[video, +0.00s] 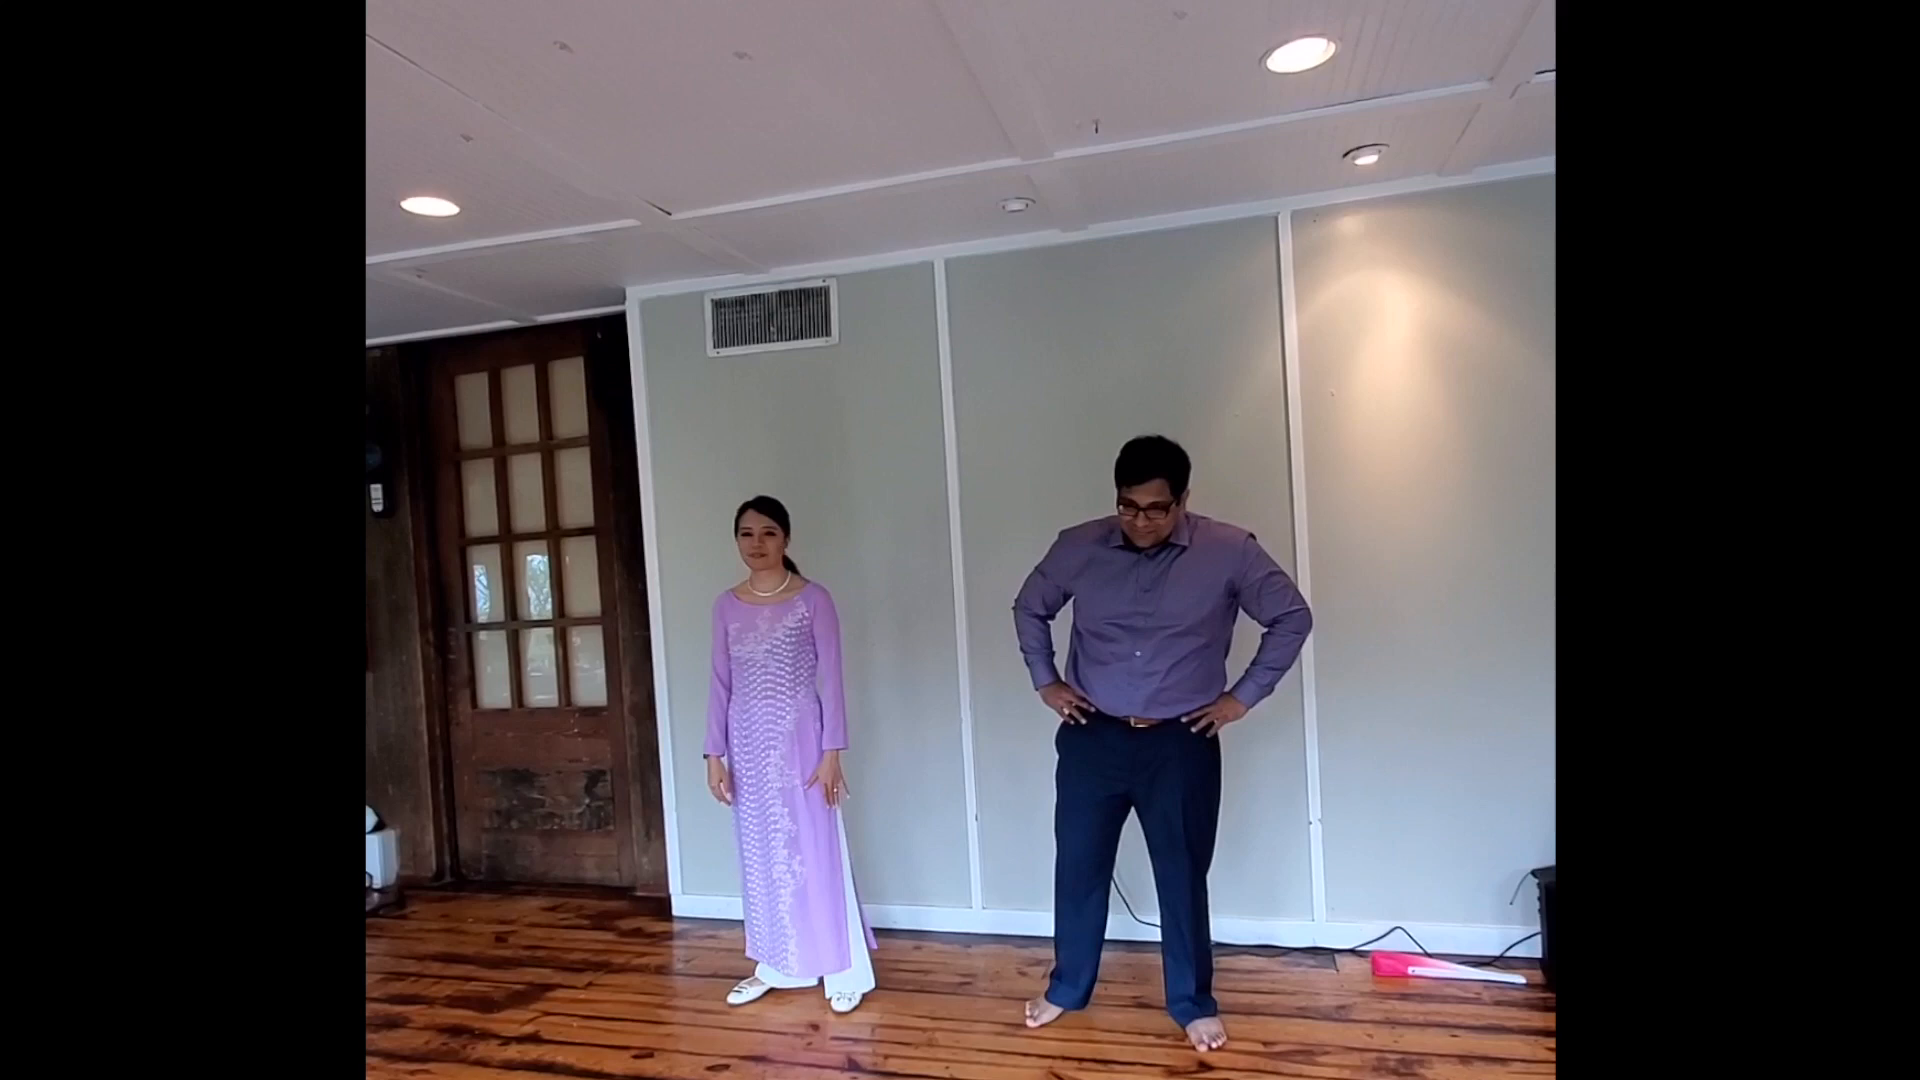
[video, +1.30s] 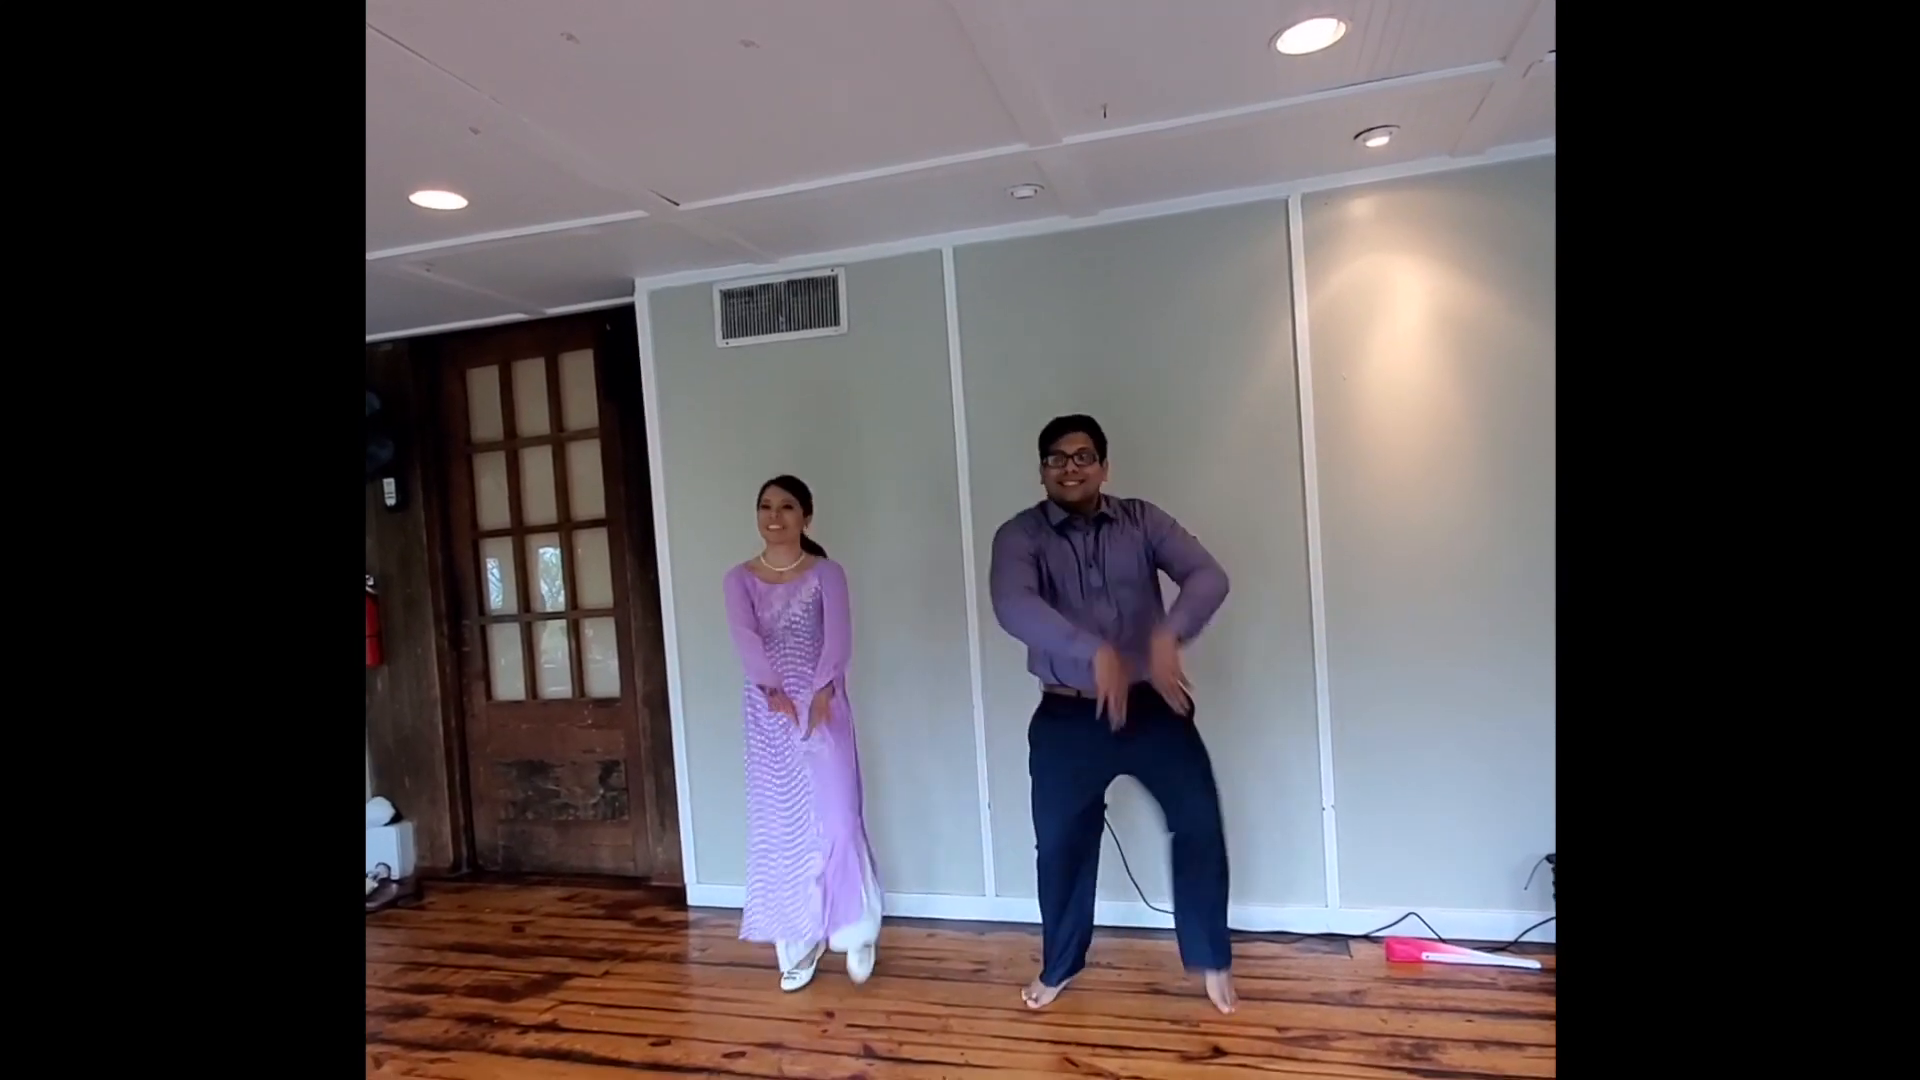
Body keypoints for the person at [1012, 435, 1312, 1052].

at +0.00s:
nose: (1141, 521)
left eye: (1156, 509)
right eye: (1129, 507)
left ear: (1182, 500)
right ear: (1115, 497)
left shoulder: (1229, 551)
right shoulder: (1079, 548)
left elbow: (1293, 617)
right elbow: (1030, 608)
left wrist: (1241, 695)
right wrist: (1046, 680)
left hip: (1181, 743)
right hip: (1092, 738)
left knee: (1183, 883)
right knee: (1078, 873)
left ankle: (1194, 1005)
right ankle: (1068, 987)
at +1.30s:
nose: (1070, 468)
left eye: (1083, 457)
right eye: (1057, 459)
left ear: (1103, 467)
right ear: (1043, 470)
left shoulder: (1139, 519)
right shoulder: (1020, 534)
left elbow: (1209, 577)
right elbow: (1014, 606)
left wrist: (1169, 635)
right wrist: (1095, 651)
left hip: (1154, 706)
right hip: (1068, 713)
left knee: (1199, 823)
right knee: (1060, 842)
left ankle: (1211, 955)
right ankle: (1060, 962)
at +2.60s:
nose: (1215, 467)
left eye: (1217, 456)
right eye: (1198, 471)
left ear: (1239, 464)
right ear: (1189, 502)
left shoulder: (1321, 517)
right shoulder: (1183, 562)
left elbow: (1416, 491)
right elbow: (1099, 547)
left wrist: (1497, 426)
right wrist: (1022, 506)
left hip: (1323, 732)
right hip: (1230, 736)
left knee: (1342, 874)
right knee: (1191, 865)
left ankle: (1342, 997)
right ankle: (1155, 995)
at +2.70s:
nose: (1218, 482)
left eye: (1226, 469)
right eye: (1202, 480)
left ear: (1251, 476)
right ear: (1192, 504)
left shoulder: (1316, 534)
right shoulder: (1178, 568)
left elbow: (1410, 514)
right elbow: (1095, 573)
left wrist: (1489, 443)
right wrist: (1028, 517)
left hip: (1317, 741)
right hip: (1222, 741)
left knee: (1347, 880)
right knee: (1169, 862)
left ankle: (1341, 996)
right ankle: (1150, 986)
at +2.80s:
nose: (1209, 493)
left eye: (1221, 480)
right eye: (1197, 486)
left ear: (1248, 485)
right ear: (1187, 501)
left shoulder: (1307, 541)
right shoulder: (1166, 563)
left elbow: (1398, 513)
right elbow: (1091, 562)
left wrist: (1490, 463)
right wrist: (1016, 529)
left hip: (1298, 746)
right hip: (1200, 744)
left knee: (1337, 882)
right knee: (1132, 850)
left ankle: (1339, 996)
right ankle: (1133, 964)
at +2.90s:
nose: (1183, 482)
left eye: (1197, 471)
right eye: (1173, 472)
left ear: (1226, 478)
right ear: (1162, 481)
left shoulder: (1275, 524)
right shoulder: (1141, 534)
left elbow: (1365, 520)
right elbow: (1089, 550)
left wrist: (1472, 510)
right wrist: (1034, 559)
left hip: (1268, 732)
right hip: (1175, 728)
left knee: (1310, 869)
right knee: (1105, 840)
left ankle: (1336, 998)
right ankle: (1112, 949)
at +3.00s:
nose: (1153, 470)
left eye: (1167, 460)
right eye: (1143, 459)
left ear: (1195, 467)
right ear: (1133, 465)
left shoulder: (1227, 513)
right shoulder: (1112, 518)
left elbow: (1309, 542)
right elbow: (1079, 565)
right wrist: (1073, 613)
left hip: (1230, 709)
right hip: (1142, 713)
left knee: (1292, 834)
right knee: (1101, 845)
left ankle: (1320, 968)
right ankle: (1098, 955)